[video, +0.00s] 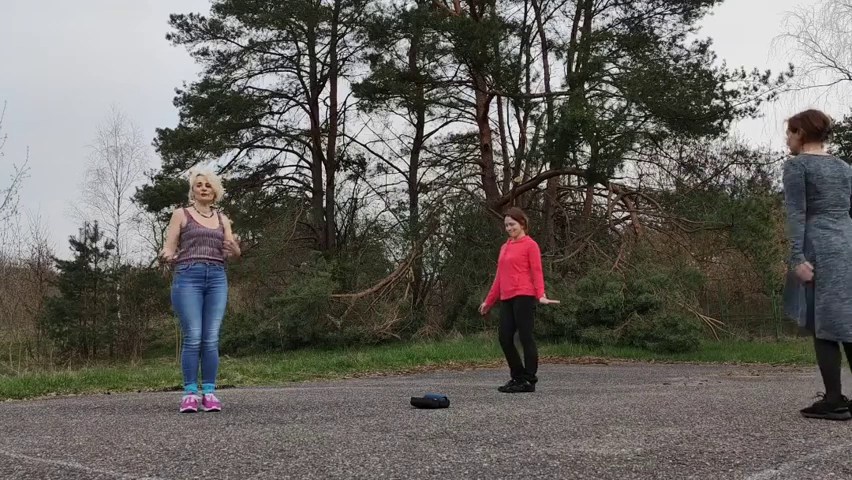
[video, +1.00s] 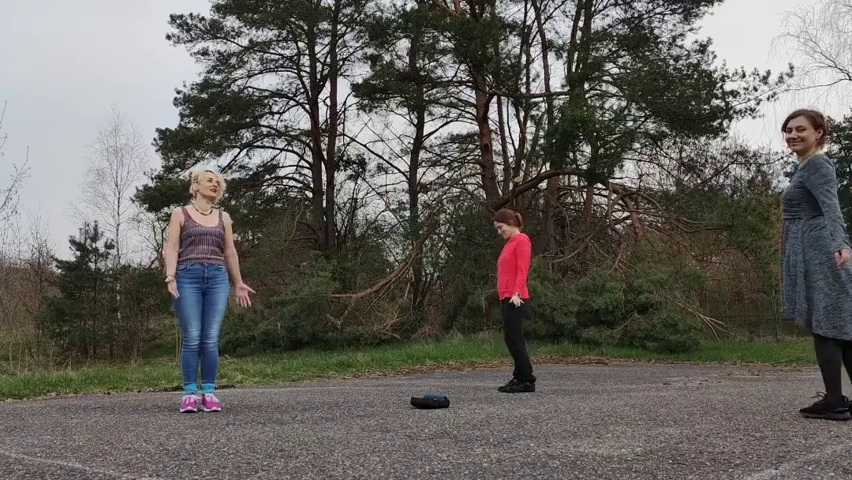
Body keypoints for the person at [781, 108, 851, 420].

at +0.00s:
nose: (786, 139)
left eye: (789, 134)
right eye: (787, 133)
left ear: (801, 134)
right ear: (821, 134)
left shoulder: (797, 164)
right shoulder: (844, 166)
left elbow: (796, 213)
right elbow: (847, 210)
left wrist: (797, 255)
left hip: (822, 252)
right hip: (848, 251)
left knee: (823, 325)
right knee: (846, 325)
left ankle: (833, 398)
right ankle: (841, 397)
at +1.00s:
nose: (793, 135)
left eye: (801, 129)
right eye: (789, 130)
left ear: (818, 134)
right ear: (786, 136)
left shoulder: (818, 165)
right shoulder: (804, 167)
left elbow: (831, 207)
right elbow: (810, 213)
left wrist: (840, 243)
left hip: (819, 252)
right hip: (812, 251)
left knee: (823, 324)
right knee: (835, 325)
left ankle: (834, 398)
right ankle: (836, 396)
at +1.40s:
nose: (777, 133)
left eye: (784, 128)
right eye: (777, 128)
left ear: (803, 134)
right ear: (803, 137)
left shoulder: (802, 165)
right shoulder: (818, 167)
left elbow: (820, 196)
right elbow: (822, 203)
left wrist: (830, 224)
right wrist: (789, 223)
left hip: (815, 255)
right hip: (831, 253)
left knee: (822, 325)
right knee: (840, 326)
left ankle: (833, 399)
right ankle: (838, 397)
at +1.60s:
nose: (775, 133)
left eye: (780, 127)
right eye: (778, 127)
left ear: (793, 133)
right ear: (802, 135)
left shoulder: (788, 164)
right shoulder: (828, 167)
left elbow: (793, 199)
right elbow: (834, 210)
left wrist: (797, 230)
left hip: (810, 250)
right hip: (838, 248)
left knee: (819, 323)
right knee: (845, 323)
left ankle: (832, 399)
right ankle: (846, 396)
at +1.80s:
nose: (777, 136)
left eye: (780, 131)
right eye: (779, 130)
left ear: (792, 135)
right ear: (807, 137)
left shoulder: (782, 170)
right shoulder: (833, 170)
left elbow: (780, 217)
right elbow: (841, 217)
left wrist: (781, 257)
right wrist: (843, 247)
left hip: (807, 253)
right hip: (840, 251)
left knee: (814, 326)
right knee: (841, 326)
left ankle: (833, 399)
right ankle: (847, 395)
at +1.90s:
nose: (775, 144)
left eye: (779, 138)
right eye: (777, 138)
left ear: (789, 141)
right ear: (811, 142)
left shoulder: (780, 177)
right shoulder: (835, 176)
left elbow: (777, 230)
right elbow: (845, 225)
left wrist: (768, 270)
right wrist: (843, 253)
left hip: (802, 255)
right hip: (839, 252)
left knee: (809, 327)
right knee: (836, 325)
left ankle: (833, 399)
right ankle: (847, 389)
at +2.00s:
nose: (775, 148)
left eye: (777, 144)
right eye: (776, 143)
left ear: (785, 147)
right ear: (808, 147)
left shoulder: (777, 182)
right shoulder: (834, 179)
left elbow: (769, 235)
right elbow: (847, 225)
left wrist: (759, 266)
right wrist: (844, 249)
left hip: (801, 260)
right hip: (837, 257)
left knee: (804, 330)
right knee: (824, 326)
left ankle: (833, 401)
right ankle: (840, 383)